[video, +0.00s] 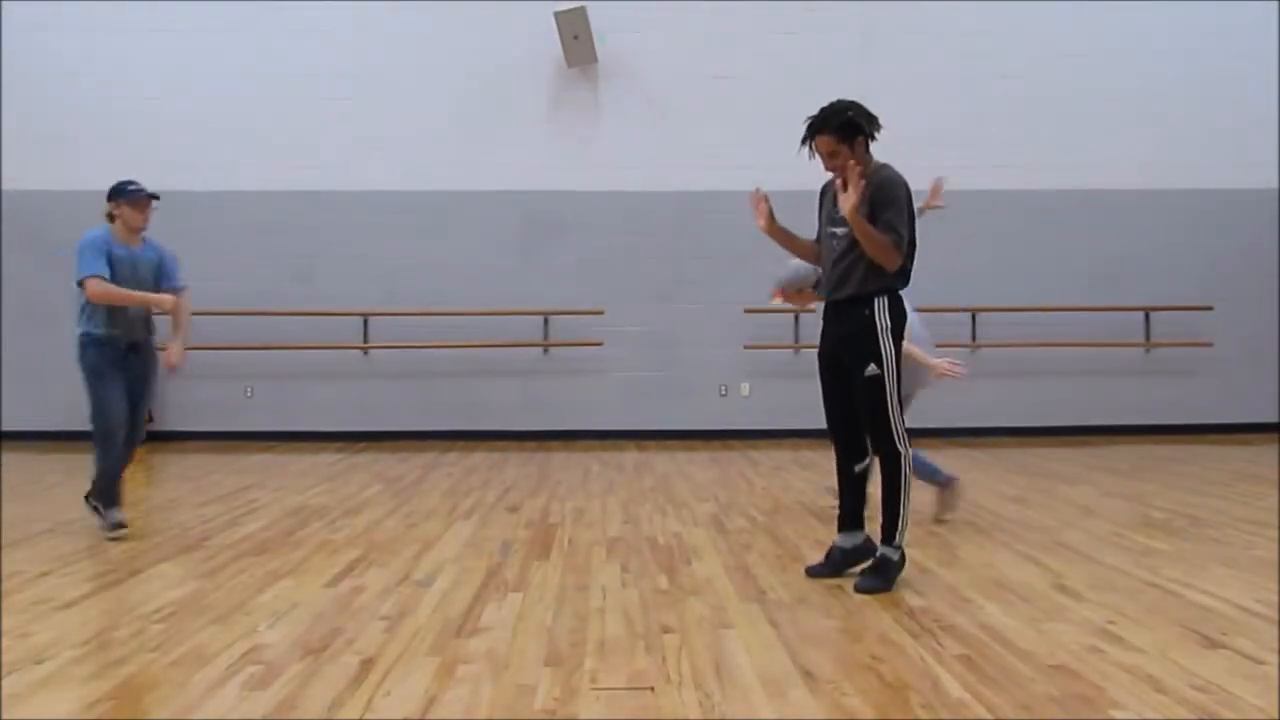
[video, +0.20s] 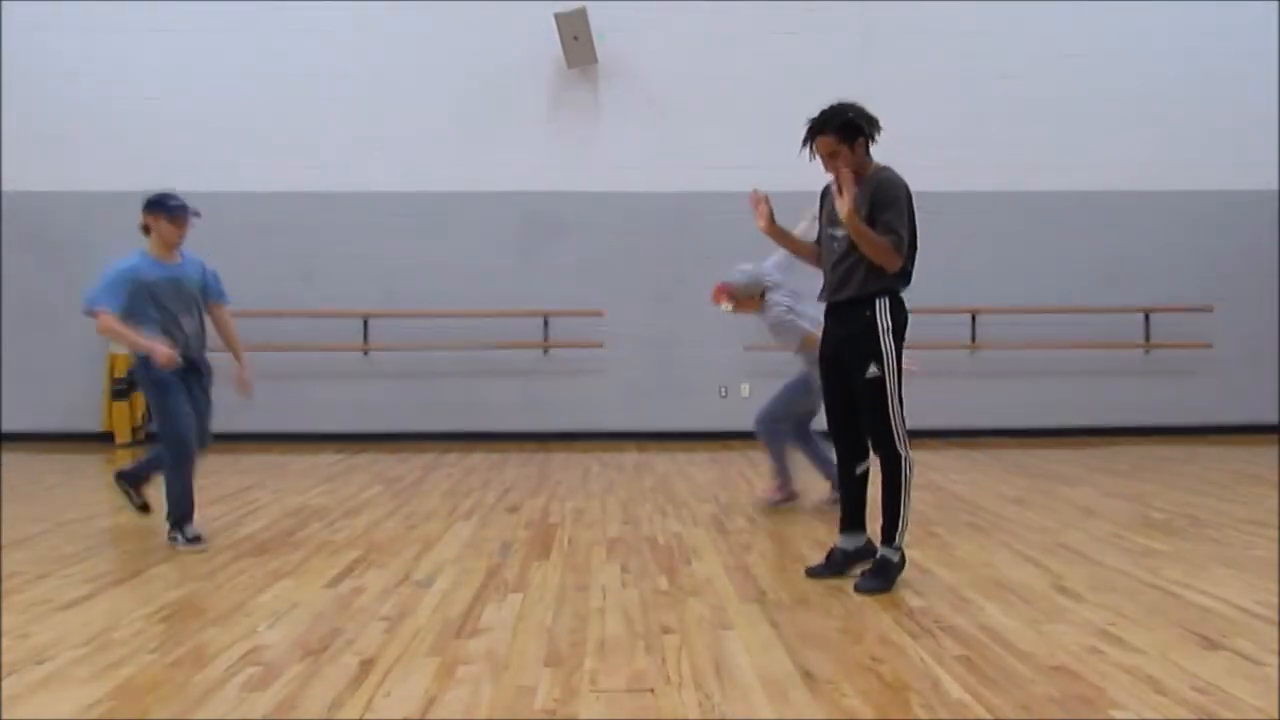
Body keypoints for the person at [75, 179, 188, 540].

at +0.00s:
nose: (144, 214)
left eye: (147, 207)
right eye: (136, 207)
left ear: (150, 211)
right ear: (116, 209)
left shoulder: (157, 253)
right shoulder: (95, 243)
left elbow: (178, 298)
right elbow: (94, 290)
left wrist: (176, 342)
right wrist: (151, 299)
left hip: (140, 346)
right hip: (101, 345)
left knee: (133, 428)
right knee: (113, 422)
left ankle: (100, 491)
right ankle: (110, 503)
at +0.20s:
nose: (181, 231)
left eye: (184, 223)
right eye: (173, 223)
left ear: (187, 226)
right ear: (150, 223)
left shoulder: (197, 270)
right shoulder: (128, 273)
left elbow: (220, 316)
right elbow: (105, 322)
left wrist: (241, 362)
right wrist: (152, 346)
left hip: (194, 366)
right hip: (157, 368)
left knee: (197, 439)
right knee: (181, 440)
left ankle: (134, 475)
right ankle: (180, 523)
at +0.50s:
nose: (259, 209)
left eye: (262, 203)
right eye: (252, 202)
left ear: (260, 203)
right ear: (228, 199)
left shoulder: (257, 244)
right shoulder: (204, 238)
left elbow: (257, 300)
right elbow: (201, 292)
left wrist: (266, 342)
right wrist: (241, 336)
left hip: (255, 342)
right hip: (216, 344)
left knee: (261, 434)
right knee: (213, 432)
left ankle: (267, 519)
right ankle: (192, 507)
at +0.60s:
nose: (279, 224)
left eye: (281, 217)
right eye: (271, 216)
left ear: (282, 218)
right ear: (248, 215)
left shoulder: (280, 262)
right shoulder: (223, 254)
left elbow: (285, 318)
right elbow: (223, 306)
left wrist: (298, 355)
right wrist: (273, 345)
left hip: (279, 362)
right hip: (239, 362)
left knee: (292, 449)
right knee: (232, 442)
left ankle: (282, 531)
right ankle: (203, 513)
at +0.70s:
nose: (297, 230)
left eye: (299, 223)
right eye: (290, 222)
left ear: (295, 223)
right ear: (265, 220)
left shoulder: (294, 267)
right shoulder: (241, 260)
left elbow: (307, 324)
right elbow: (237, 317)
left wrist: (326, 366)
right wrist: (279, 358)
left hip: (298, 366)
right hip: (257, 366)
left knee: (312, 452)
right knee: (255, 449)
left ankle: (283, 532)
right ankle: (232, 525)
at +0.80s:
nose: (310, 221)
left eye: (312, 214)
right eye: (302, 214)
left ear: (311, 214)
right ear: (278, 211)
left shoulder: (311, 260)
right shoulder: (253, 252)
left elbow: (322, 317)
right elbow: (243, 310)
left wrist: (341, 354)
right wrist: (266, 361)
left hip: (310, 358)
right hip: (272, 358)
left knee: (311, 450)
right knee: (281, 446)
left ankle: (289, 529)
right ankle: (276, 533)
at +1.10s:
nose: (340, 219)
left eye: (344, 212)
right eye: (331, 212)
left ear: (348, 211)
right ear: (308, 209)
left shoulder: (347, 253)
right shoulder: (282, 255)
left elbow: (358, 309)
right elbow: (254, 314)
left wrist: (363, 359)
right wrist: (248, 376)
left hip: (340, 361)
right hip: (304, 360)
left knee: (308, 448)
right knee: (331, 445)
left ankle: (280, 529)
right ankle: (355, 537)